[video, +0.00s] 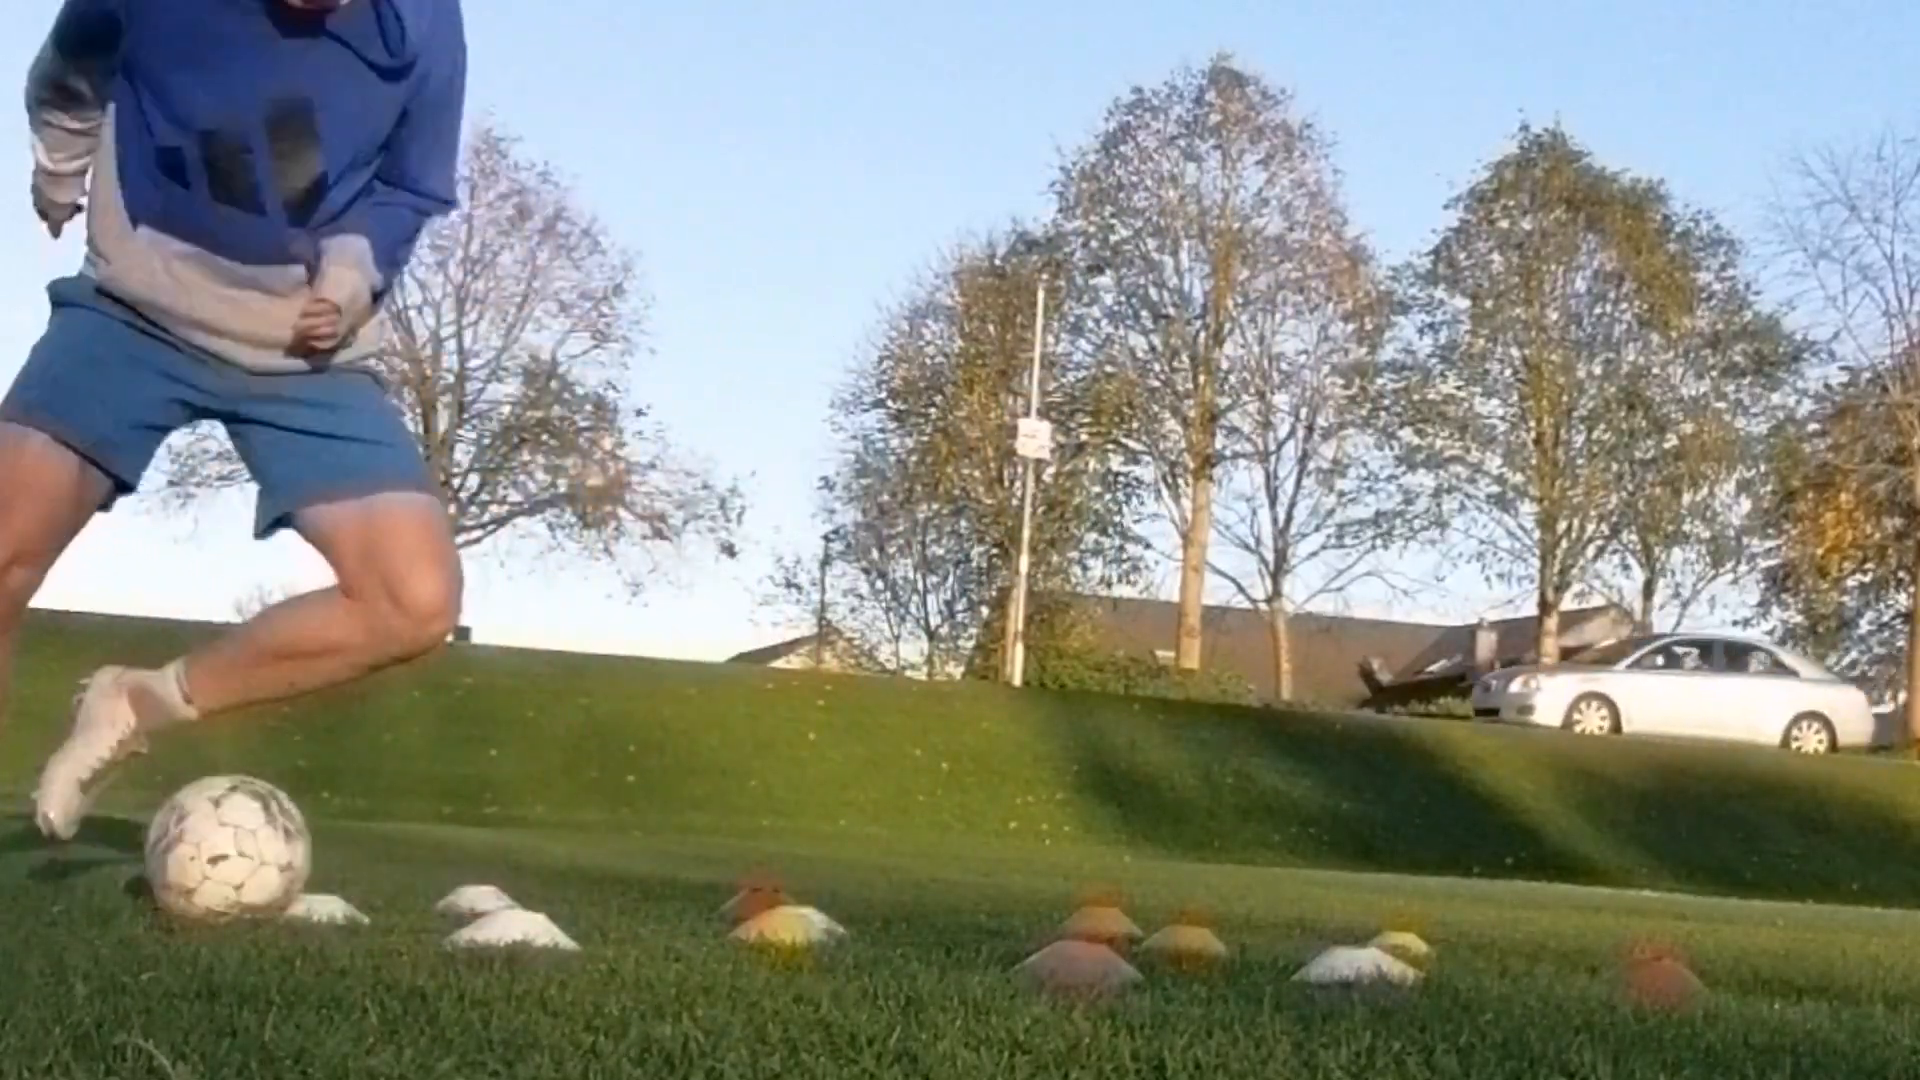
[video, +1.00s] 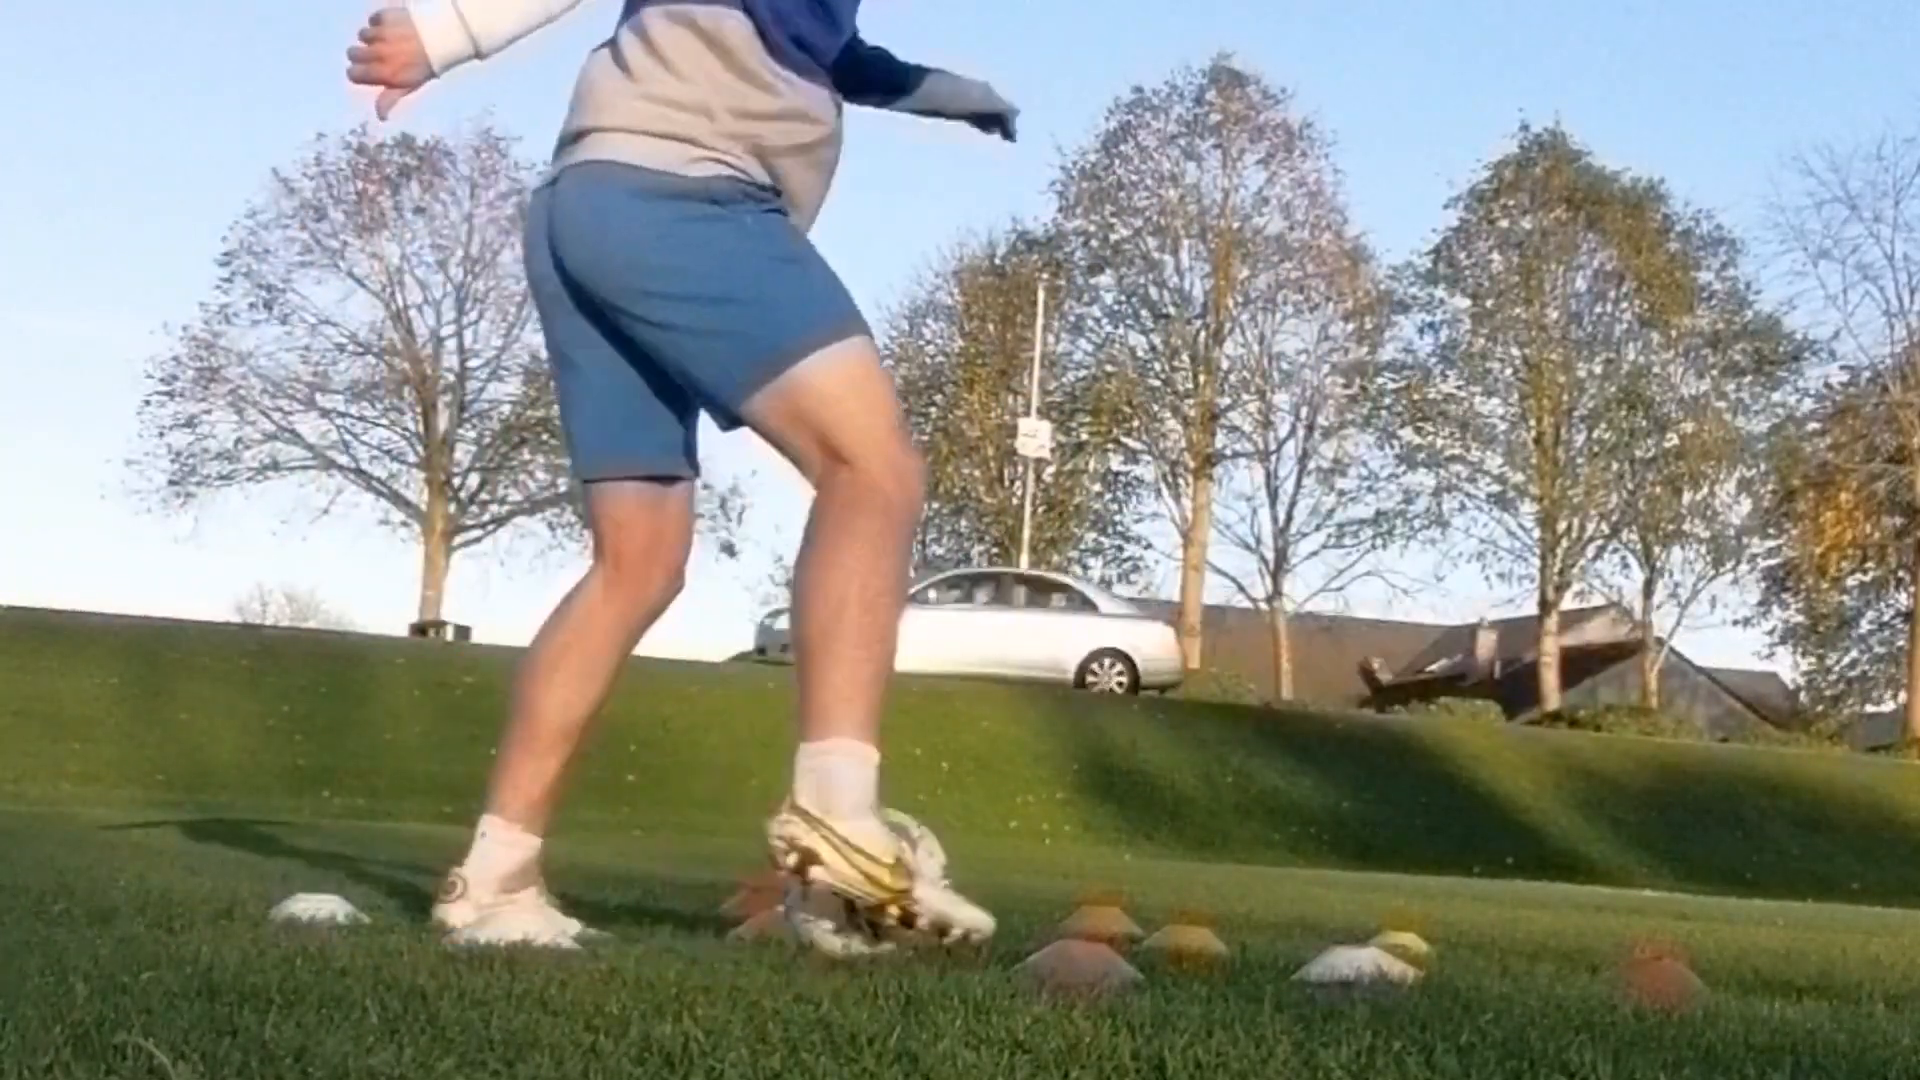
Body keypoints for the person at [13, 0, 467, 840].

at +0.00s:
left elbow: (410, 187)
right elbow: (69, 79)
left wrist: (352, 285)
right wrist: (61, 177)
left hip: (311, 364)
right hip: (129, 321)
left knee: (413, 603)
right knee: (5, 565)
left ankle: (147, 700)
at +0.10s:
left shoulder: (475, 8)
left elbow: (567, 103)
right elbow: (35, 83)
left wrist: (622, 152)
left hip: (323, 331)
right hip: (151, 284)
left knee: (418, 563)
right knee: (24, 553)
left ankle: (158, 771)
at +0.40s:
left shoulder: (631, 17)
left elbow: (567, 156)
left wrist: (691, 217)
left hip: (462, 234)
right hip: (353, 197)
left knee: (605, 507)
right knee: (476, 492)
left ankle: (488, 807)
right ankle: (413, 897)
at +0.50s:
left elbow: (522, 89)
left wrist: (628, 184)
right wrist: (298, 130)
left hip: (516, 189)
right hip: (414, 161)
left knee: (676, 478)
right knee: (549, 482)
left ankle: (597, 817)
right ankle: (436, 871)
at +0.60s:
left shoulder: (683, 8)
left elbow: (713, 26)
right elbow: (492, 2)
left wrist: (841, 58)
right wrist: (469, 131)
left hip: (562, 166)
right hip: (493, 133)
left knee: (656, 515)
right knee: (654, 413)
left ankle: (556, 835)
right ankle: (548, 803)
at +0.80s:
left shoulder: (827, 15)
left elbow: (730, 132)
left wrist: (870, 217)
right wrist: (451, 23)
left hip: (620, 212)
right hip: (595, 196)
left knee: (700, 524)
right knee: (728, 521)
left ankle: (529, 819)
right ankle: (661, 899)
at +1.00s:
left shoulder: (814, 19)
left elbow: (837, 59)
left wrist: (973, 97)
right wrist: (448, 31)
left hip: (576, 201)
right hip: (675, 186)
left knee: (640, 557)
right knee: (877, 472)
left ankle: (493, 879)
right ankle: (837, 810)